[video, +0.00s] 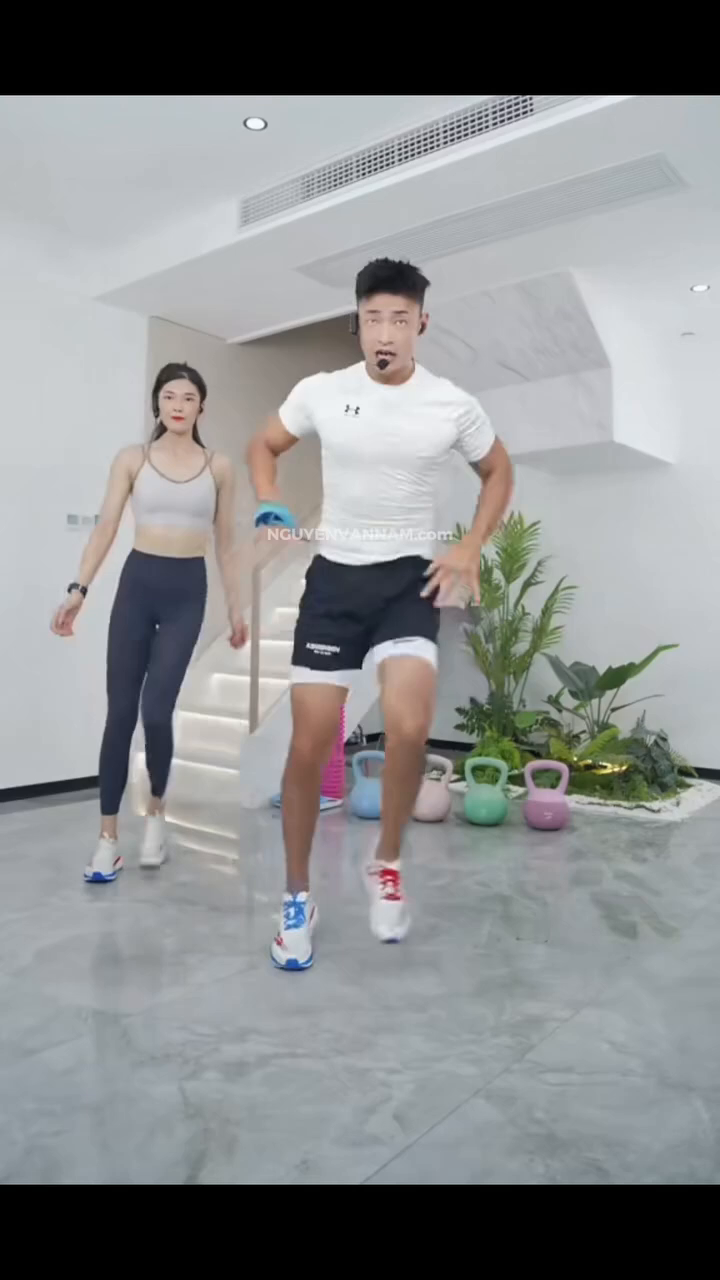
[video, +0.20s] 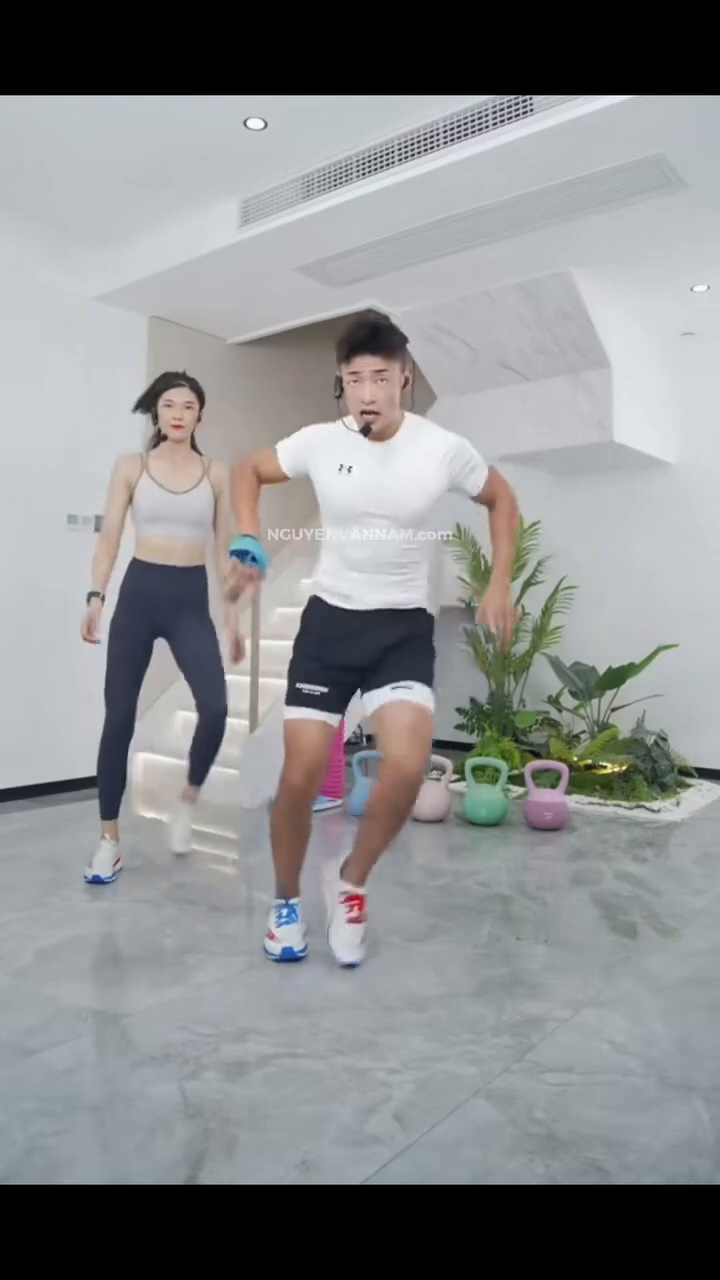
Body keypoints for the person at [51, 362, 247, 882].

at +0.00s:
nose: (179, 405)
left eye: (188, 398)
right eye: (170, 396)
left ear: (202, 406)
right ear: (157, 404)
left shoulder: (218, 467)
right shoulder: (133, 459)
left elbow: (226, 544)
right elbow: (106, 529)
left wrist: (236, 610)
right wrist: (79, 591)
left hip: (188, 594)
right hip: (135, 590)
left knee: (156, 713)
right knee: (121, 714)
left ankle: (155, 813)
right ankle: (108, 835)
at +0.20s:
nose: (180, 413)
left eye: (188, 406)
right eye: (171, 405)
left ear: (200, 415)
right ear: (156, 412)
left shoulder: (215, 473)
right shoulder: (131, 467)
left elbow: (224, 552)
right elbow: (109, 538)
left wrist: (232, 622)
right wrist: (96, 597)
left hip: (193, 601)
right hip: (138, 598)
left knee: (215, 710)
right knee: (119, 717)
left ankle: (187, 800)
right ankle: (109, 835)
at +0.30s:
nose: (189, 410)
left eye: (197, 403)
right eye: (180, 402)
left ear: (209, 412)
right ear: (165, 409)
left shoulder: (225, 470)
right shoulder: (142, 463)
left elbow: (237, 545)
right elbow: (120, 536)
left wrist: (250, 610)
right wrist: (116, 599)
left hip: (202, 601)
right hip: (147, 599)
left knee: (245, 705)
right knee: (126, 720)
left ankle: (242, 796)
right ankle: (110, 835)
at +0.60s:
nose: (234, 412)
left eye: (243, 405)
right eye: (226, 405)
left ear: (257, 415)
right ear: (214, 414)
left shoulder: (278, 470)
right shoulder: (196, 471)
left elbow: (306, 537)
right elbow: (184, 540)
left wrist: (303, 607)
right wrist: (174, 606)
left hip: (269, 599)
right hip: (215, 600)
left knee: (281, 716)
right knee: (168, 714)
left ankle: (297, 825)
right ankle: (127, 825)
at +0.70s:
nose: (245, 408)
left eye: (254, 401)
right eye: (237, 401)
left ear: (266, 411)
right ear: (224, 410)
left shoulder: (287, 465)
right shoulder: (206, 468)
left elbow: (315, 534)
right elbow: (195, 537)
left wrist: (317, 607)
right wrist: (198, 598)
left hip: (280, 596)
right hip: (228, 597)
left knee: (286, 712)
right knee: (190, 709)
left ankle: (296, 821)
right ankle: (185, 798)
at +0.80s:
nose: (249, 401)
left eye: (258, 394)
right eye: (241, 393)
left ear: (272, 404)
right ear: (229, 403)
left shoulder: (292, 458)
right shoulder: (210, 460)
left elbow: (322, 525)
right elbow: (205, 524)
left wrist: (318, 601)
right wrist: (220, 565)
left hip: (279, 585)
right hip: (228, 586)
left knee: (285, 708)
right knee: (227, 712)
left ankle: (297, 819)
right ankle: (244, 804)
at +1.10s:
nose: (249, 412)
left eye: (258, 405)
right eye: (241, 404)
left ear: (271, 416)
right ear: (228, 414)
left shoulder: (290, 470)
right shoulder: (209, 470)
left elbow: (327, 528)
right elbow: (195, 526)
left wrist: (293, 578)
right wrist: (221, 567)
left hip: (274, 599)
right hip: (224, 598)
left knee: (287, 715)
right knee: (164, 701)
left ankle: (297, 824)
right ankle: (190, 804)